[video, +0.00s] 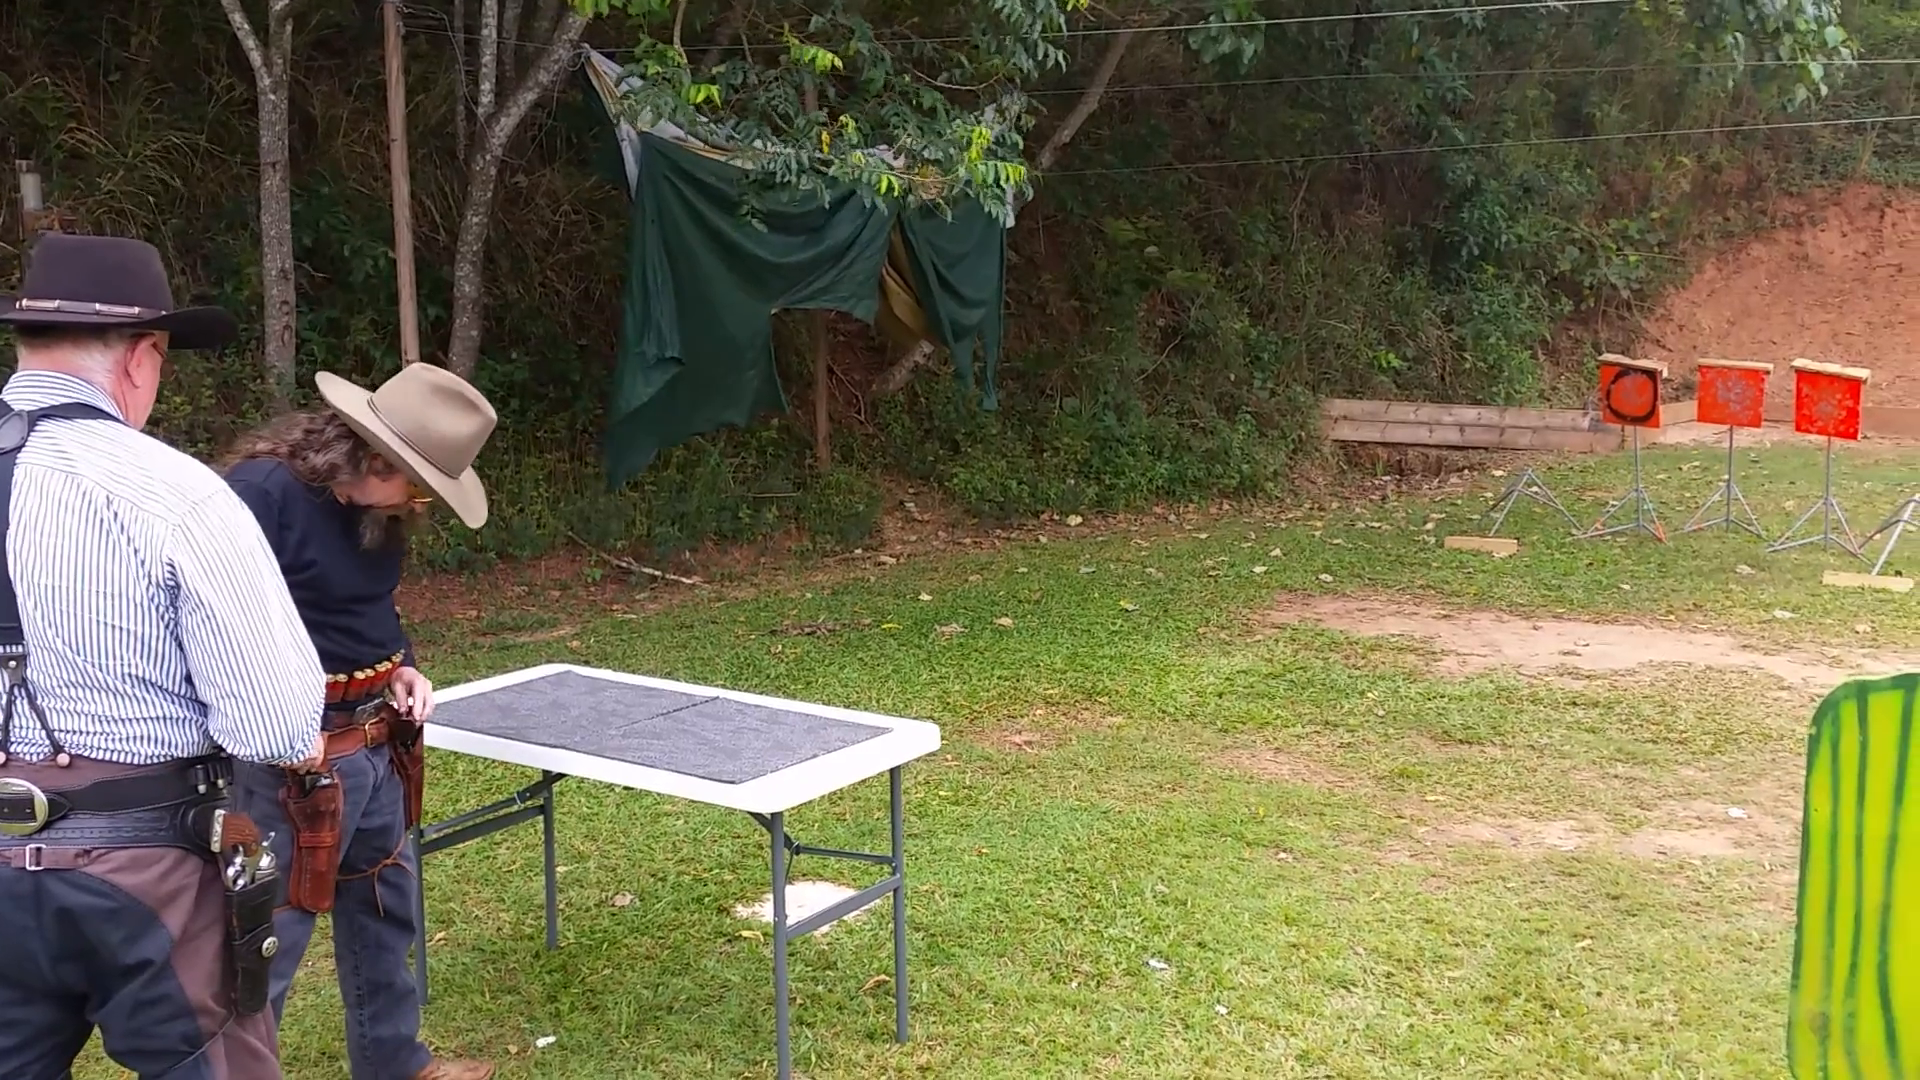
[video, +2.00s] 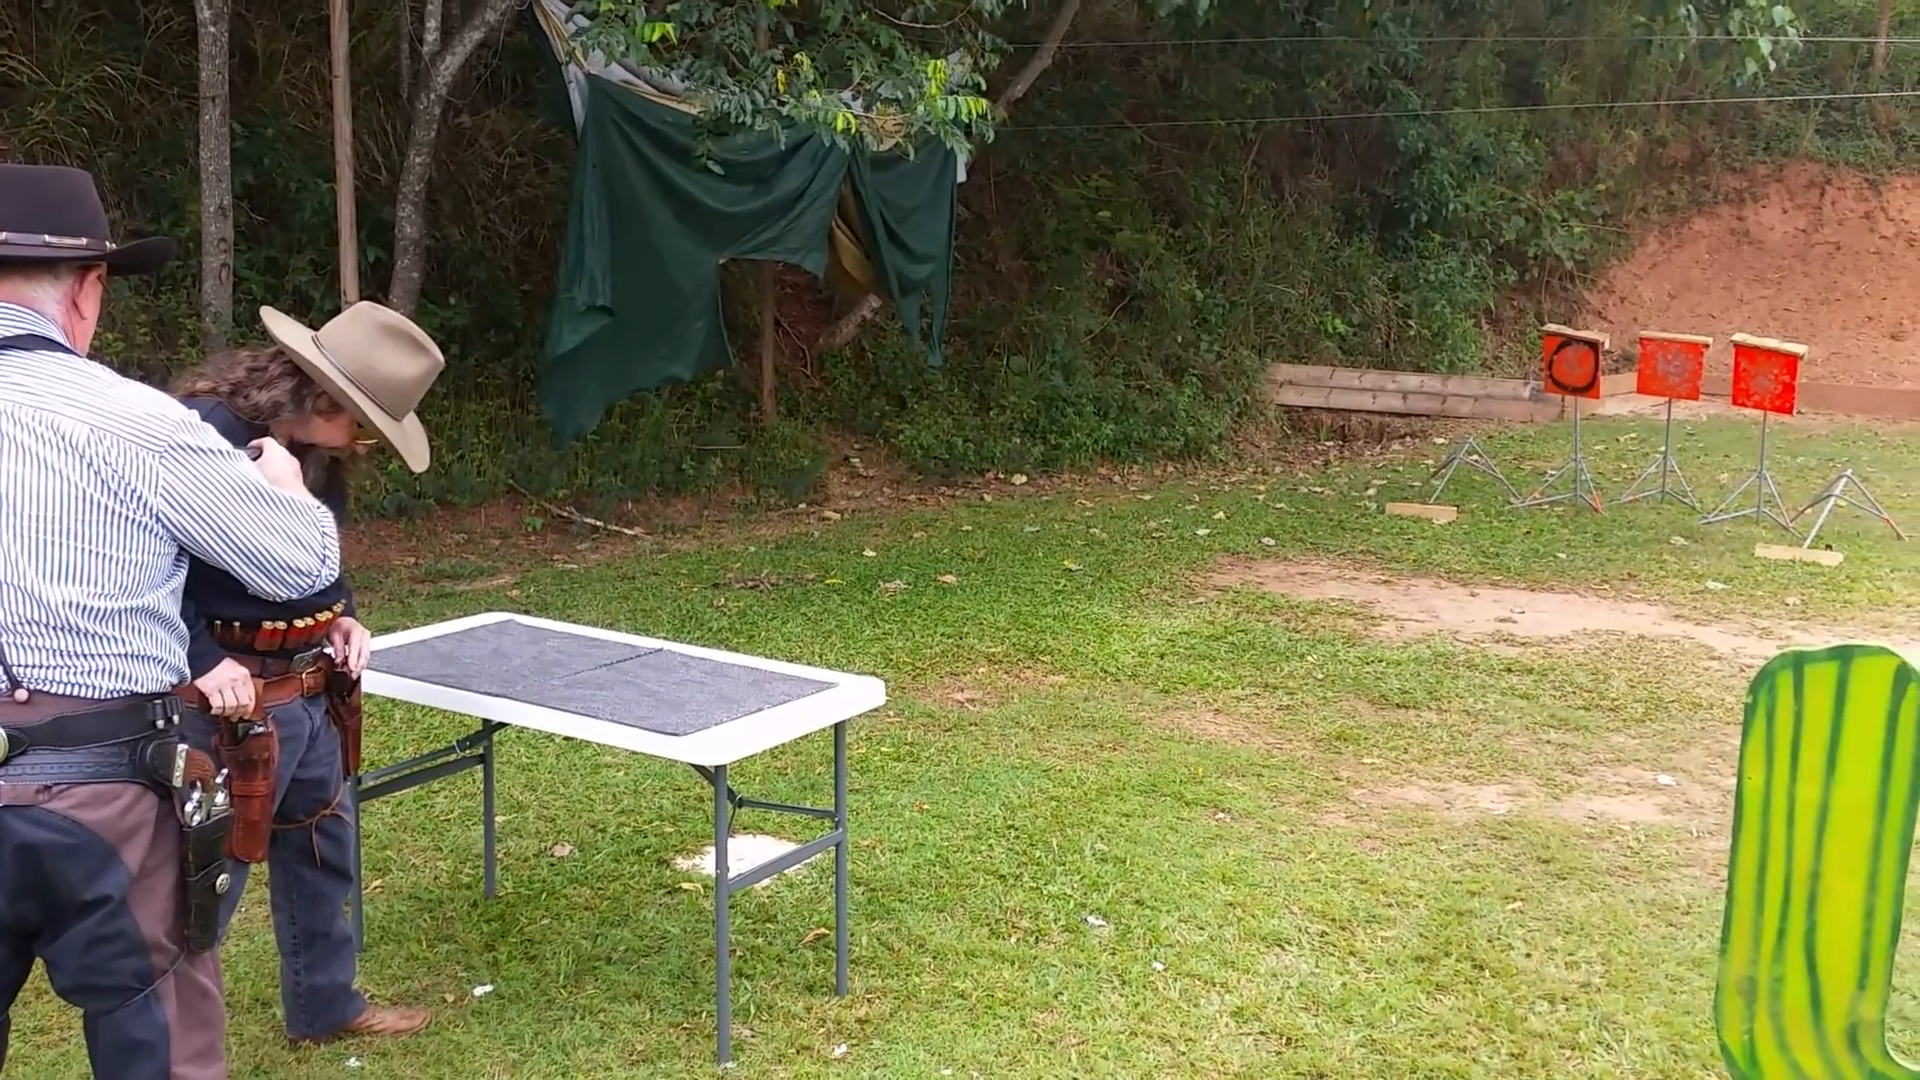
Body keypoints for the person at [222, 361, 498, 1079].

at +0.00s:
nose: (418, 507)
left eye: (427, 496)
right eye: (419, 492)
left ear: (392, 469)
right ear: (385, 462)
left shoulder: (375, 518)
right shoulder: (264, 492)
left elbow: (372, 609)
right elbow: (209, 616)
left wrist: (403, 665)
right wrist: (266, 727)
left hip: (371, 751)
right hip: (282, 762)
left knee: (384, 923)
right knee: (269, 943)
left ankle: (391, 1060)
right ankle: (239, 1065)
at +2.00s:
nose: (357, 445)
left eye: (366, 434)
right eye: (359, 429)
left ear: (336, 409)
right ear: (328, 402)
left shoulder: (309, 460)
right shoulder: (200, 439)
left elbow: (304, 561)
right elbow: (151, 569)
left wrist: (336, 618)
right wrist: (202, 656)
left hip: (307, 694)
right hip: (225, 706)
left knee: (321, 854)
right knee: (206, 883)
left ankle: (324, 1006)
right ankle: (168, 1033)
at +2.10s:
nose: (357, 442)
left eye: (366, 431)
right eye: (359, 426)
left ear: (334, 405)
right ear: (329, 400)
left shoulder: (305, 454)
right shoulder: (199, 436)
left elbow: (302, 556)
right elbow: (148, 566)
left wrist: (334, 614)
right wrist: (199, 653)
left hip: (305, 691)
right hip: (223, 703)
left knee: (320, 850)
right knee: (205, 879)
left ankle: (323, 1003)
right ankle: (166, 1029)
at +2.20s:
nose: (355, 440)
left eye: (364, 429)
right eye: (357, 424)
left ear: (331, 402)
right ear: (327, 398)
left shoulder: (300, 451)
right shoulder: (195, 433)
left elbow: (296, 555)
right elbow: (145, 564)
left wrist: (331, 612)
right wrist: (198, 651)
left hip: (301, 690)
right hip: (221, 702)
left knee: (318, 847)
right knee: (202, 877)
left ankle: (320, 1001)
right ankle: (163, 1026)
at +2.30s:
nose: (352, 436)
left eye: (361, 425)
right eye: (354, 421)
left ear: (329, 400)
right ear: (324, 395)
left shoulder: (302, 449)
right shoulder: (192, 430)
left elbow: (295, 552)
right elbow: (142, 559)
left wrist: (330, 609)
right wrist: (195, 647)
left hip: (301, 685)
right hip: (220, 698)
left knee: (316, 845)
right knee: (199, 877)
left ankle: (318, 998)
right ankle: (160, 1023)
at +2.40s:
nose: (350, 434)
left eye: (359, 423)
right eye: (352, 418)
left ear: (327, 397)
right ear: (321, 392)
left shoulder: (298, 446)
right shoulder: (191, 427)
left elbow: (292, 550)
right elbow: (142, 557)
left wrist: (327, 607)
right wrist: (193, 645)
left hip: (298, 682)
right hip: (216, 695)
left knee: (314, 841)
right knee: (198, 872)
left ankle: (317, 994)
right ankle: (159, 1019)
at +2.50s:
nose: (350, 432)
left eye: (358, 421)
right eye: (352, 416)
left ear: (324, 395)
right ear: (320, 390)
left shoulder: (297, 445)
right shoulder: (189, 425)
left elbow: (289, 548)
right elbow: (141, 556)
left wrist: (325, 605)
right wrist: (192, 643)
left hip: (296, 681)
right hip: (215, 694)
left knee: (313, 839)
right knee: (197, 870)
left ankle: (316, 992)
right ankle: (159, 1017)